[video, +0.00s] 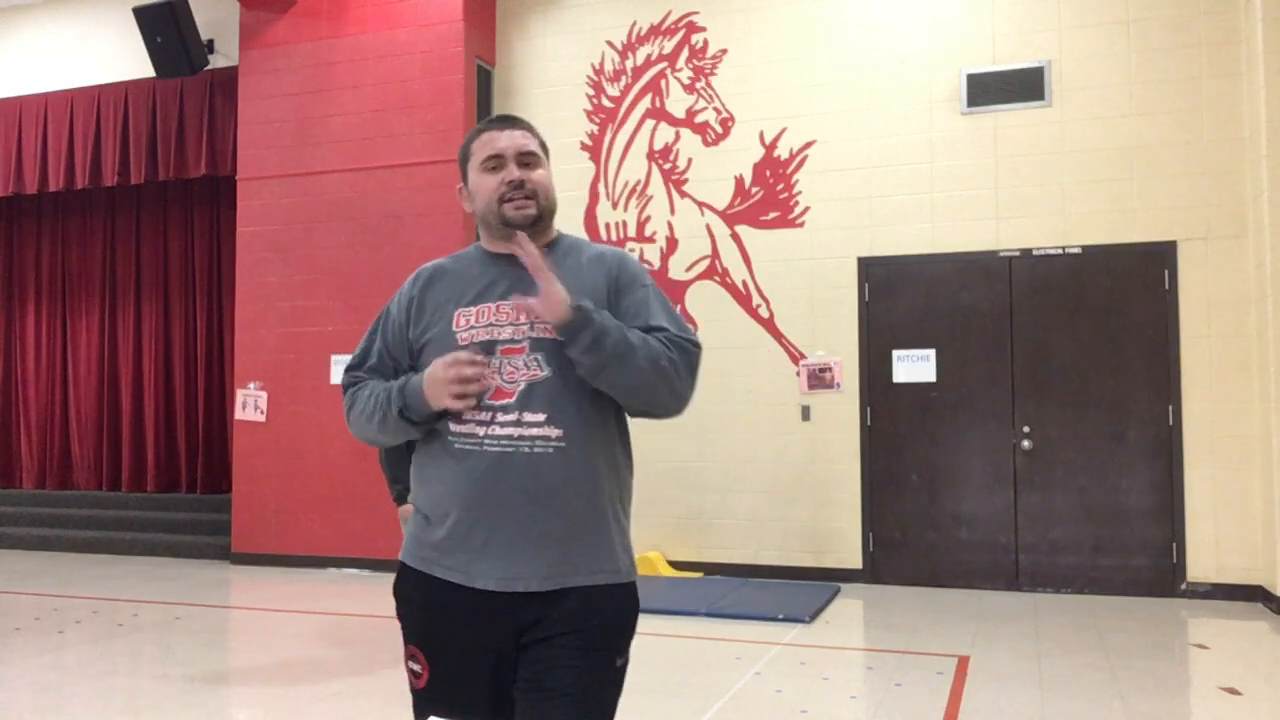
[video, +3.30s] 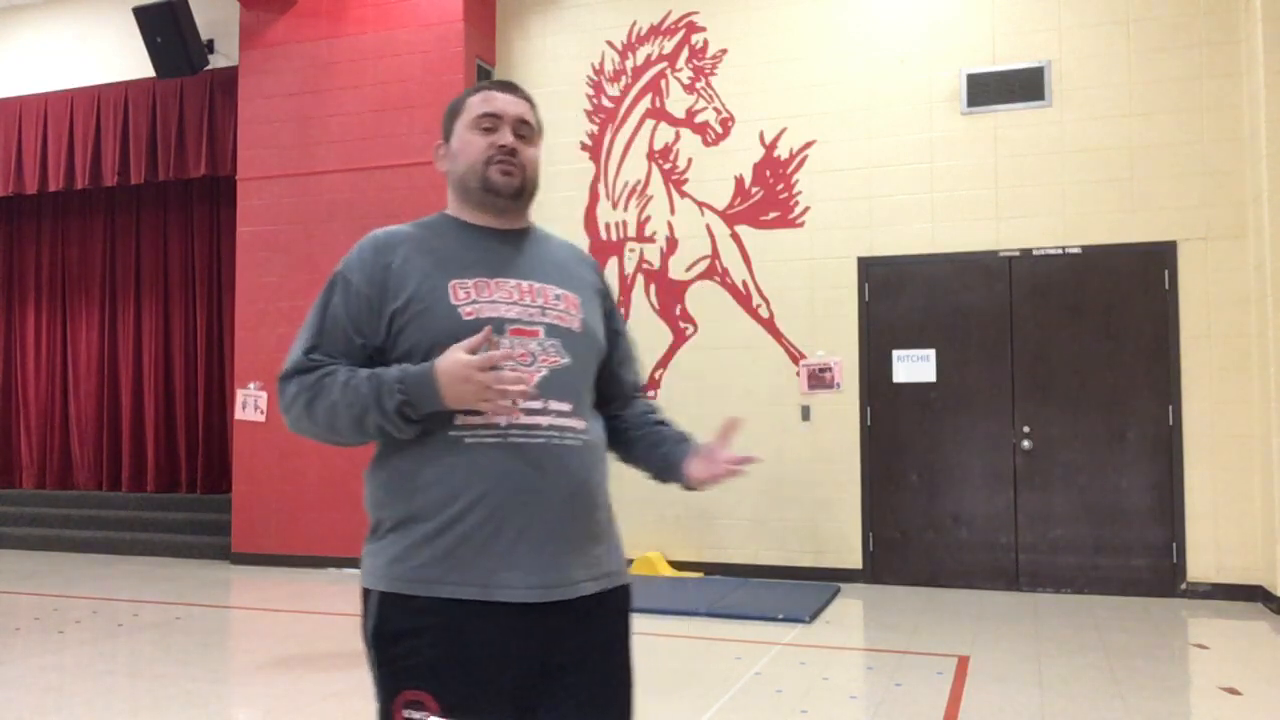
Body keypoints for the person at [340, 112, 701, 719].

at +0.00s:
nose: (516, 175)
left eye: (529, 161)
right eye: (494, 165)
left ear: (553, 181)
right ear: (465, 195)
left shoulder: (613, 273)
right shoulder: (427, 287)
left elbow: (671, 383)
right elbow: (360, 404)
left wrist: (576, 324)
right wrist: (419, 393)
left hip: (583, 581)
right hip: (449, 582)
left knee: (568, 711)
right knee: (456, 713)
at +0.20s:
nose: (503, 182)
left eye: (520, 169)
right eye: (485, 171)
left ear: (548, 186)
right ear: (463, 195)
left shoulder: (601, 271)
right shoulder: (424, 289)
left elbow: (629, 372)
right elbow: (366, 403)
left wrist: (510, 335)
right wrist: (437, 394)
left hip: (573, 573)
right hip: (442, 574)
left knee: (562, 711)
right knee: (450, 714)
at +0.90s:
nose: (520, 182)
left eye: (533, 172)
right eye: (500, 170)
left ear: (549, 193)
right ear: (464, 194)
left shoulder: (598, 280)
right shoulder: (415, 292)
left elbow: (666, 374)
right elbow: (342, 399)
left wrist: (573, 373)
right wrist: (419, 395)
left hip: (577, 580)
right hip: (446, 582)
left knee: (568, 711)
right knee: (452, 714)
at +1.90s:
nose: (545, 169)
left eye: (565, 157)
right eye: (529, 155)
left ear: (594, 181)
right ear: (503, 179)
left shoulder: (637, 273)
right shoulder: (449, 273)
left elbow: (694, 383)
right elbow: (373, 395)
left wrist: (623, 351)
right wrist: (435, 358)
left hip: (608, 590)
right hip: (472, 589)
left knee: (600, 709)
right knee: (481, 710)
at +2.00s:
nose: (545, 161)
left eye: (566, 149)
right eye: (529, 147)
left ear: (597, 177)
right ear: (507, 170)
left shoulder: (647, 271)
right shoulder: (451, 269)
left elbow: (719, 369)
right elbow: (372, 397)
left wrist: (683, 389)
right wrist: (419, 351)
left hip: (617, 590)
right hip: (478, 590)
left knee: (610, 710)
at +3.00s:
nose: (566, 149)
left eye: (584, 141)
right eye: (546, 132)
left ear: (601, 172)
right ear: (505, 154)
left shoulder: (643, 274)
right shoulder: (437, 261)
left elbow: (692, 387)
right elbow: (347, 392)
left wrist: (747, 388)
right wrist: (450, 363)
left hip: (638, 595)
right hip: (493, 596)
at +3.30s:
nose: (510, 139)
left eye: (525, 131)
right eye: (488, 124)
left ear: (540, 160)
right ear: (443, 152)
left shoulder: (579, 271)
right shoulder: (385, 259)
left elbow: (622, 404)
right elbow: (304, 392)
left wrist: (683, 455)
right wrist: (427, 387)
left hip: (583, 594)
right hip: (436, 594)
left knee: (593, 711)